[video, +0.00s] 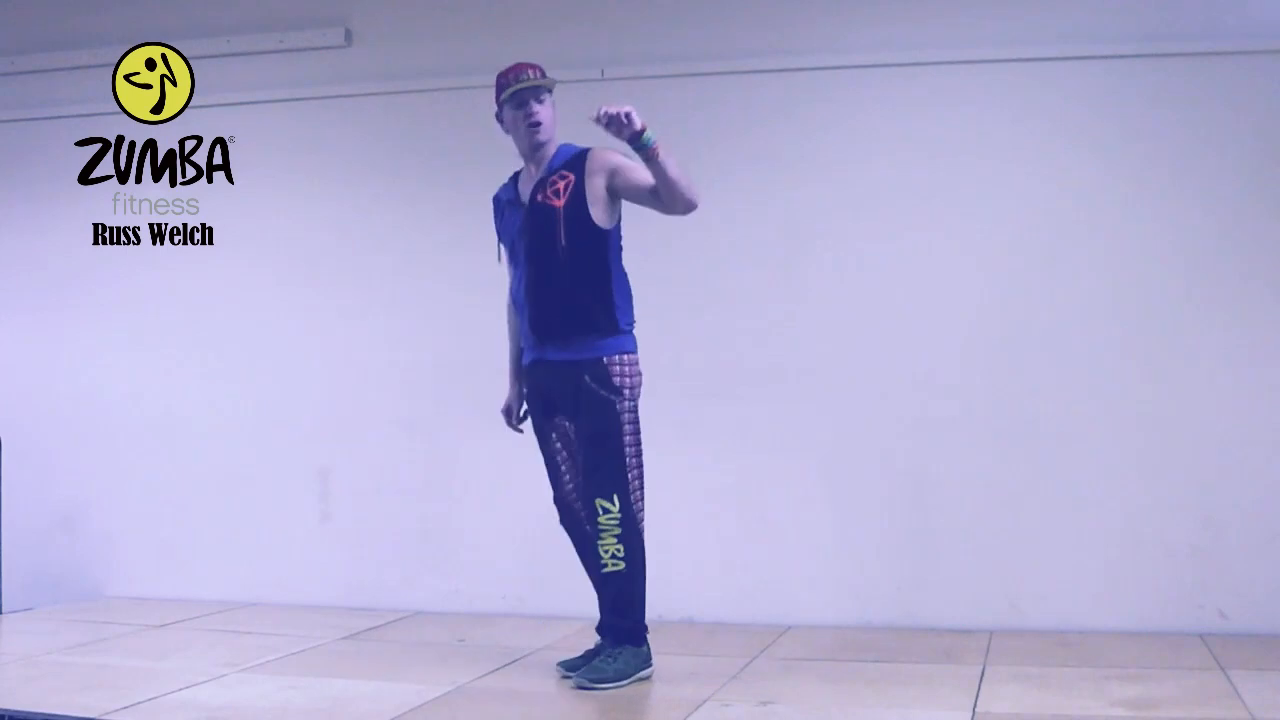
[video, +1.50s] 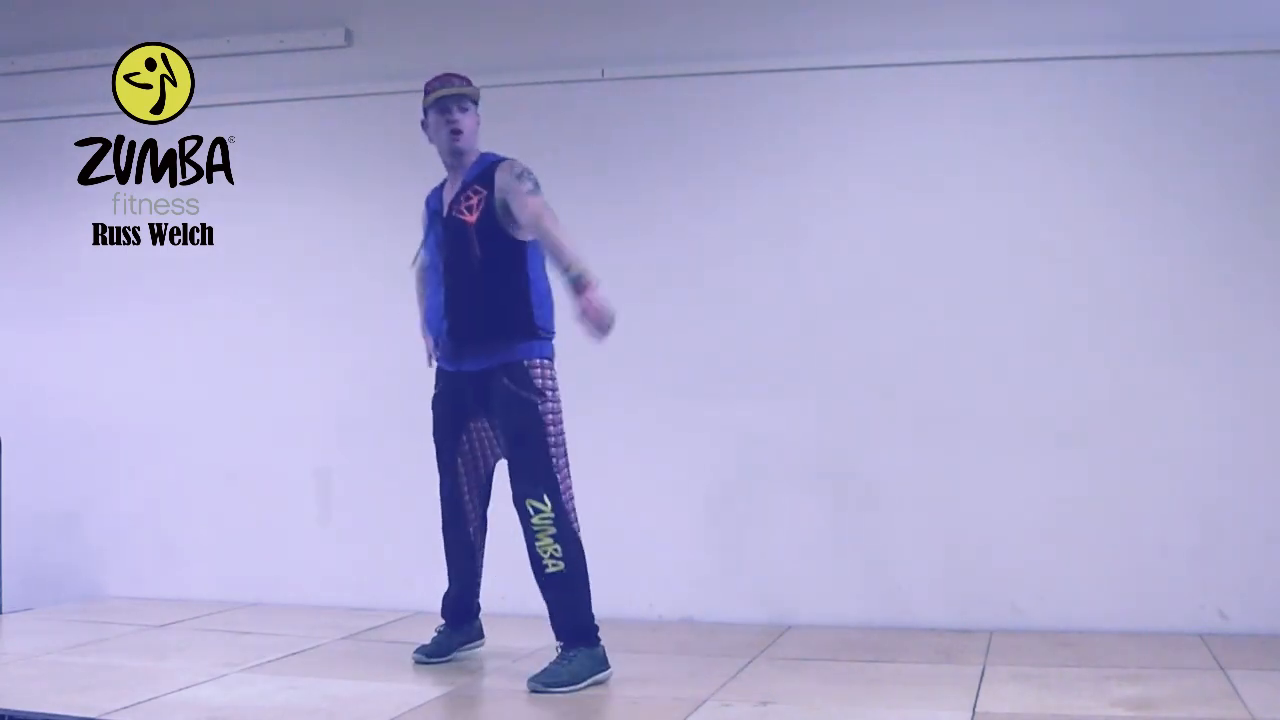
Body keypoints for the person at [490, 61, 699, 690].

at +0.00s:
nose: (532, 113)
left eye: (539, 101)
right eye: (518, 106)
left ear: (556, 107)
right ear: (502, 123)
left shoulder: (596, 164)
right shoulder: (507, 200)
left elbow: (682, 200)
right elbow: (516, 292)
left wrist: (642, 142)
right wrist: (515, 377)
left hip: (604, 362)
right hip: (544, 368)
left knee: (613, 501)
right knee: (572, 504)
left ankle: (630, 645)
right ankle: (616, 634)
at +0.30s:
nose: (500, 120)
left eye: (512, 109)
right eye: (494, 113)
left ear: (543, 118)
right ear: (492, 128)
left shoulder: (582, 181)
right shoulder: (500, 201)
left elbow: (650, 246)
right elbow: (516, 290)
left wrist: (653, 185)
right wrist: (491, 357)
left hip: (587, 371)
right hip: (527, 373)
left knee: (587, 513)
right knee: (465, 477)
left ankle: (624, 646)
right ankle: (521, 593)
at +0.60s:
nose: (468, 127)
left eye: (479, 116)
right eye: (461, 118)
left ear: (507, 121)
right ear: (456, 128)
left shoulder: (537, 197)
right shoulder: (451, 197)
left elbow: (542, 295)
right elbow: (440, 283)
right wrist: (432, 363)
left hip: (522, 373)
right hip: (462, 374)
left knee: (546, 504)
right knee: (462, 506)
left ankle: (613, 633)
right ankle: (464, 626)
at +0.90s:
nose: (423, 138)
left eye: (433, 127)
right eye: (416, 130)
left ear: (461, 127)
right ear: (411, 136)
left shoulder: (497, 192)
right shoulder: (418, 197)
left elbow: (511, 287)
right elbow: (404, 271)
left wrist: (428, 295)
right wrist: (395, 331)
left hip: (502, 358)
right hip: (444, 361)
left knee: (470, 478)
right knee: (442, 488)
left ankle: (507, 599)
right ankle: (460, 621)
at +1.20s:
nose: (414, 135)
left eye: (425, 124)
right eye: (406, 127)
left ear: (450, 131)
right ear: (399, 138)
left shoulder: (486, 194)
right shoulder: (407, 205)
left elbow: (503, 273)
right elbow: (413, 281)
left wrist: (431, 234)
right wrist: (421, 336)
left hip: (499, 364)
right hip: (438, 367)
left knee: (481, 486)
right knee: (435, 496)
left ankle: (511, 596)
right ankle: (461, 626)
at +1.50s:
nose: (454, 119)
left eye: (463, 108)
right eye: (441, 112)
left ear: (479, 118)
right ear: (426, 127)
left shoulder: (506, 175)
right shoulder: (434, 201)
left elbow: (542, 225)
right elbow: (426, 273)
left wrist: (584, 285)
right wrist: (430, 333)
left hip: (519, 365)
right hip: (457, 372)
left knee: (543, 504)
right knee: (460, 502)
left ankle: (581, 646)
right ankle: (462, 623)